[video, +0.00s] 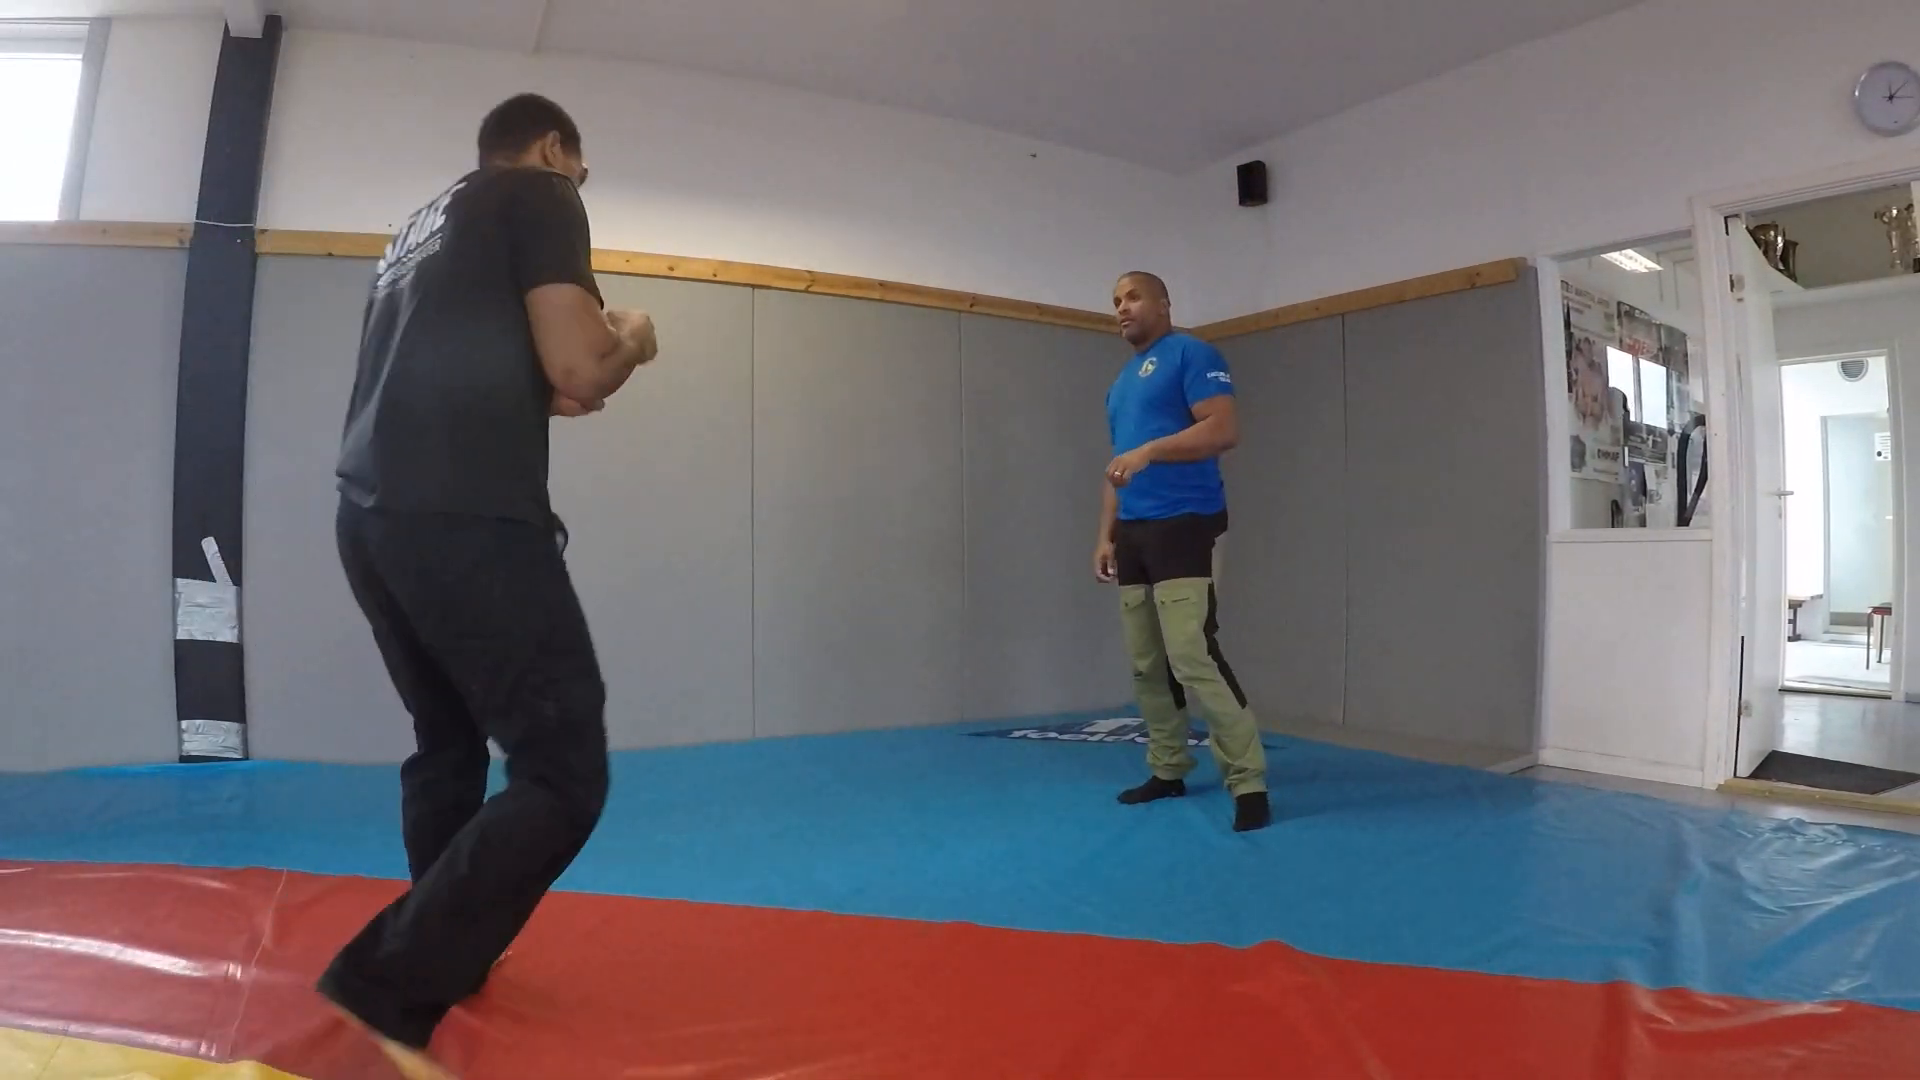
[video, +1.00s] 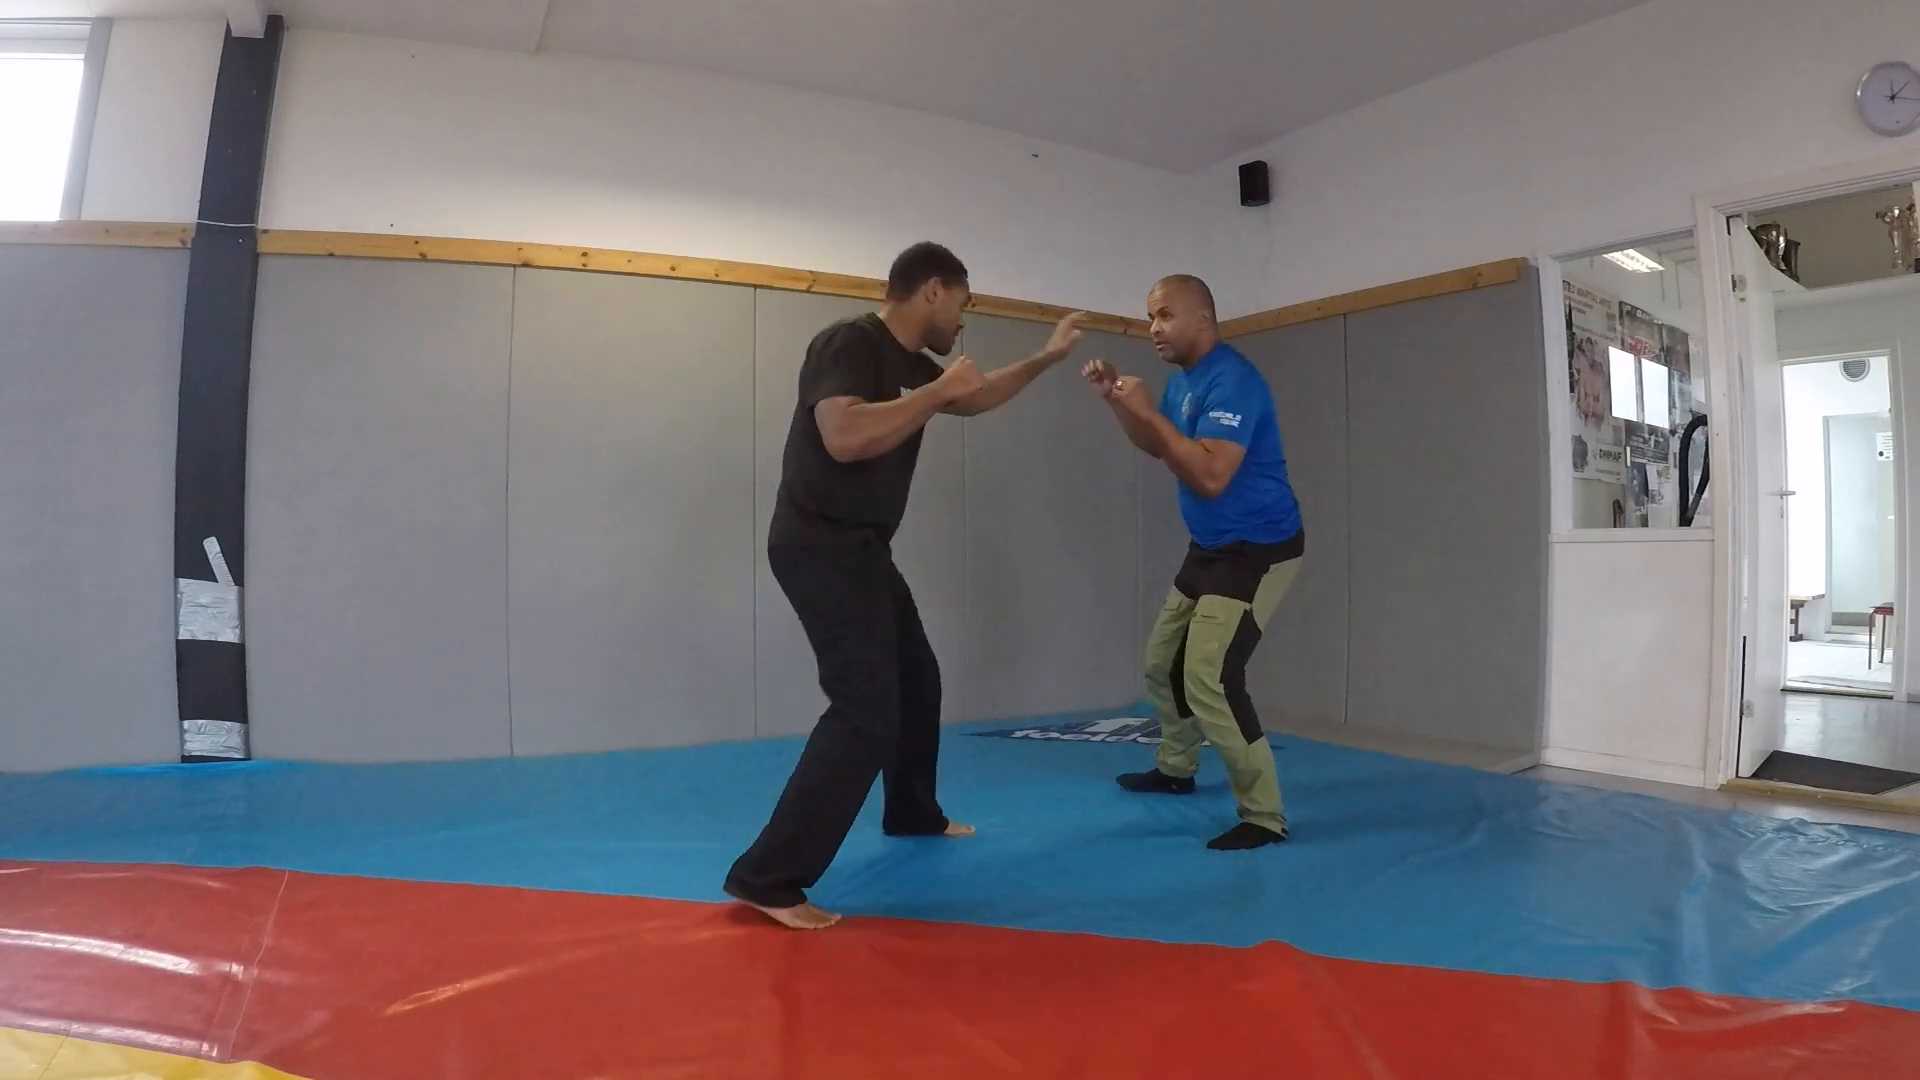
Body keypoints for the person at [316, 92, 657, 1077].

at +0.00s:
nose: (579, 189)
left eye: (580, 178)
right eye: (577, 174)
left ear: (490, 150)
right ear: (549, 151)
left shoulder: (422, 226)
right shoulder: (538, 196)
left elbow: (486, 387)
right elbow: (575, 373)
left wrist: (578, 380)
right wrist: (629, 338)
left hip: (373, 519)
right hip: (473, 521)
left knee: (449, 742)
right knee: (565, 777)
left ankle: (448, 942)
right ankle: (390, 984)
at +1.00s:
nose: (963, 318)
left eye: (965, 307)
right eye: (962, 304)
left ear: (924, 294)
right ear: (932, 292)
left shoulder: (915, 363)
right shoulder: (848, 343)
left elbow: (976, 400)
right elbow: (844, 437)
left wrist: (1048, 358)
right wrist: (940, 393)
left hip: (863, 548)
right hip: (818, 547)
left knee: (917, 677)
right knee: (868, 705)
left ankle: (912, 813)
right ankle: (766, 879)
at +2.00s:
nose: (972, 337)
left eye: (977, 328)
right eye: (974, 324)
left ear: (940, 308)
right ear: (949, 307)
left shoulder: (903, 362)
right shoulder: (866, 346)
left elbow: (912, 437)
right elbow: (898, 442)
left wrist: (961, 390)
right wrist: (986, 400)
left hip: (866, 547)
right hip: (816, 539)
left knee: (929, 668)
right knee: (799, 705)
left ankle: (945, 810)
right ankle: (703, 855)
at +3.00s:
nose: (909, 343)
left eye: (913, 334)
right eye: (908, 328)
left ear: (870, 313)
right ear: (873, 310)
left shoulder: (848, 357)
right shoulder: (806, 362)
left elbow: (895, 380)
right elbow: (884, 456)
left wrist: (940, 372)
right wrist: (944, 389)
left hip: (824, 558)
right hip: (775, 557)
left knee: (892, 679)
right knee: (760, 715)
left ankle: (929, 810)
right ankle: (654, 849)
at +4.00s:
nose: (829, 355)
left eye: (831, 343)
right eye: (828, 341)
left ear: (795, 333)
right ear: (797, 332)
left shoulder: (770, 397)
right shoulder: (729, 379)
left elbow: (777, 470)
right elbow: (670, 452)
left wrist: (818, 412)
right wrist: (768, 443)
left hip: (744, 564)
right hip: (698, 562)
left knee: (824, 668)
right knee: (725, 710)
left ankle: (834, 801)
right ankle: (595, 820)